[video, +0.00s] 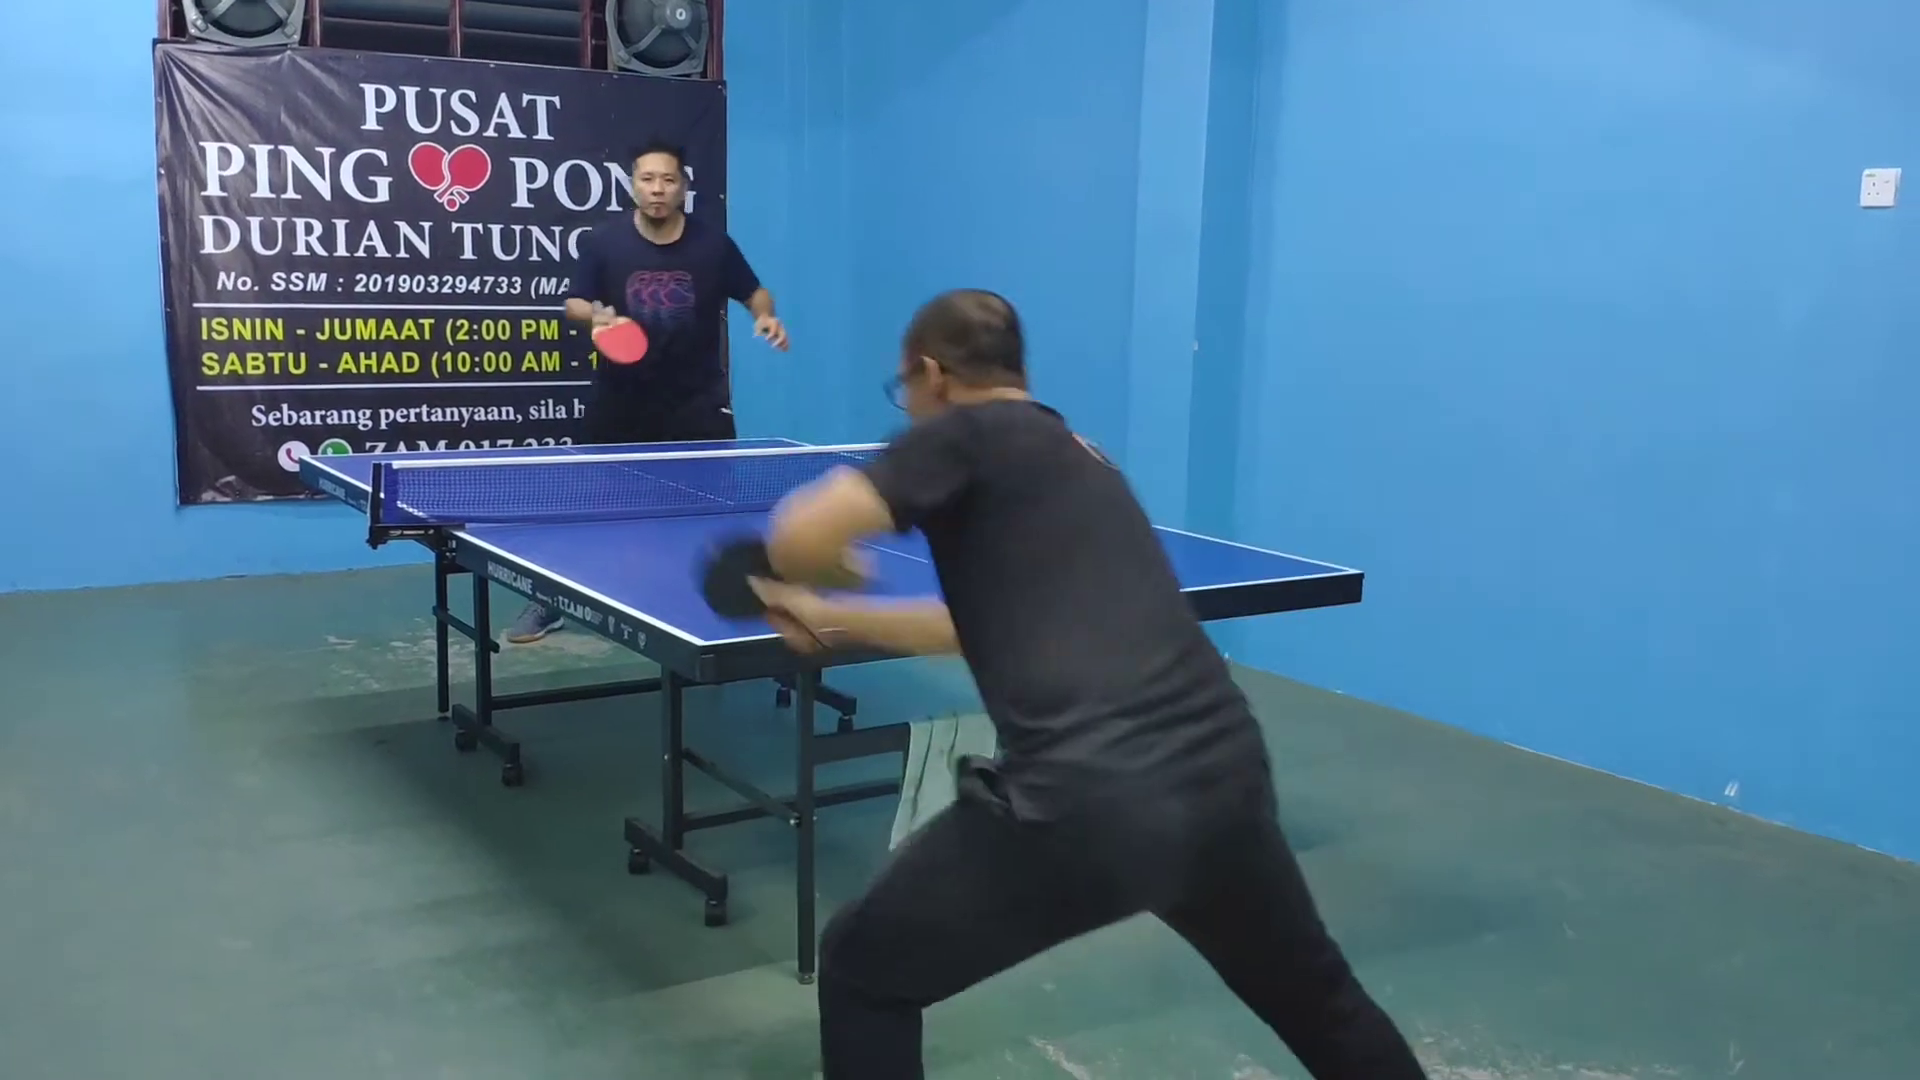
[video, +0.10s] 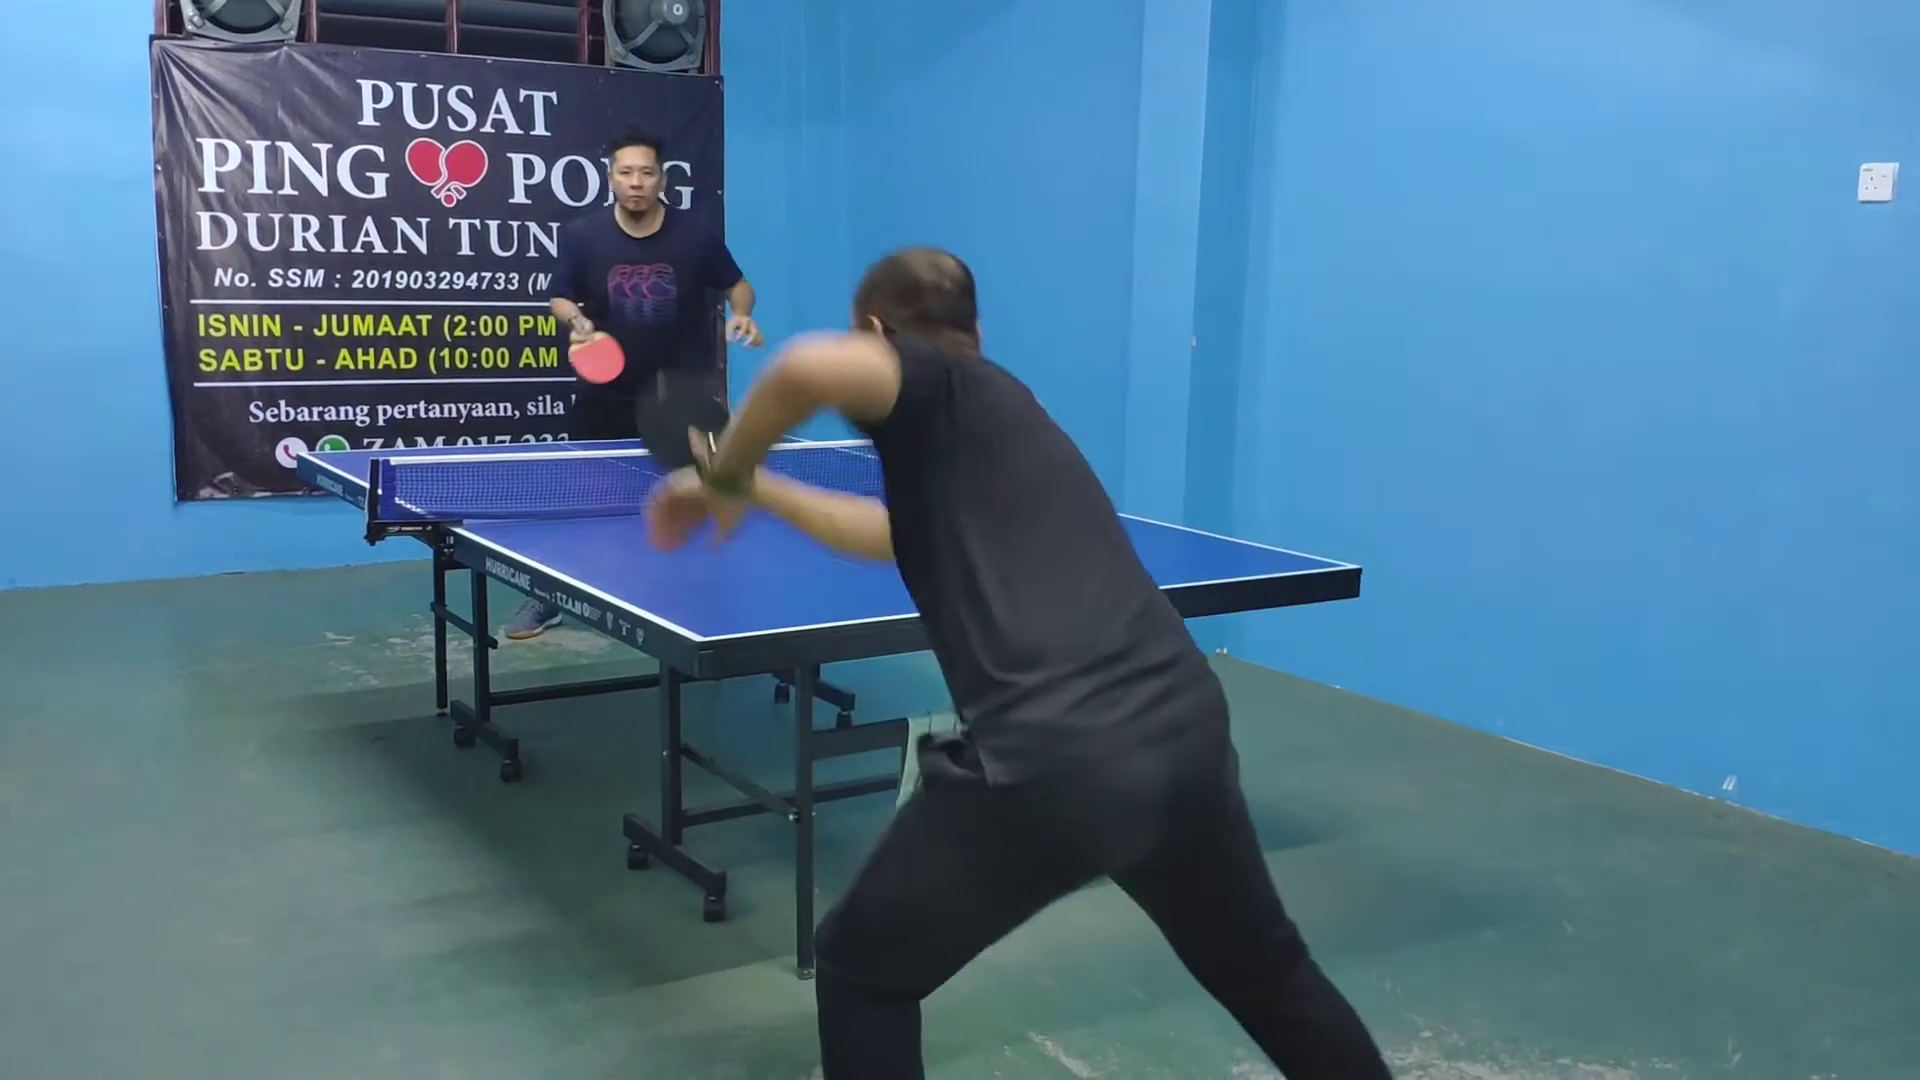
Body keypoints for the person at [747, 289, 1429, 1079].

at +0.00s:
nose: (907, 405)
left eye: (907, 386)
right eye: (906, 387)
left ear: (932, 375)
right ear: (1015, 373)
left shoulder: (960, 439)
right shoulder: (1084, 460)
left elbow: (799, 532)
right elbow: (1010, 622)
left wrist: (831, 576)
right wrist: (846, 628)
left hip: (1084, 808)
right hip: (1218, 789)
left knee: (864, 970)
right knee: (1326, 1005)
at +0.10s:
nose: (855, 348)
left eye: (857, 332)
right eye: (856, 334)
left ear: (876, 331)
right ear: (973, 333)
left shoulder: (924, 380)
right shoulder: (1016, 429)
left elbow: (801, 365)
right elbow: (878, 533)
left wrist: (723, 472)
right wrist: (752, 484)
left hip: (1047, 769)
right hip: (1182, 744)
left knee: (862, 973)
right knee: (1279, 986)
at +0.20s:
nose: (835, 264)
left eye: (843, 250)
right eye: (835, 255)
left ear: (875, 260)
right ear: (951, 265)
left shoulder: (914, 337)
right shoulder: (980, 371)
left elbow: (868, 258)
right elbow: (866, 457)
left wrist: (730, 411)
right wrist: (740, 406)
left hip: (1029, 715)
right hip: (1163, 685)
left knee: (875, 962)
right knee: (1243, 952)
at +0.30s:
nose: (830, 254)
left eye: (831, 237)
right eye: (835, 238)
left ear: (851, 241)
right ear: (957, 237)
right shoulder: (989, 343)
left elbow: (917, 268)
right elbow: (857, 442)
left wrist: (768, 441)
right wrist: (734, 397)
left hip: (1020, 702)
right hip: (1161, 672)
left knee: (853, 937)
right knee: (1241, 941)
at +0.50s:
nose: (882, 318)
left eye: (882, 304)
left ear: (894, 312)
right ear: (1010, 304)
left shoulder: (930, 398)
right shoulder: (1071, 408)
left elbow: (925, 524)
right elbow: (984, 584)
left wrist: (860, 731)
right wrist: (816, 570)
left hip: (1014, 795)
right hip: (1177, 779)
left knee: (838, 975)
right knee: (1307, 958)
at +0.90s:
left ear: (1316, 380)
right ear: (1436, 393)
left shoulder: (1234, 498)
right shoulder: (1486, 516)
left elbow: (1208, 682)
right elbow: (1611, 716)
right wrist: (1756, 827)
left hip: (1246, 860)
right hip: (1433, 868)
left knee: (1058, 1014)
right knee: (1535, 986)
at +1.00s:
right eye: (1545, 355)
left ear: (1422, 355)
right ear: (1546, 364)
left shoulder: (1337, 461)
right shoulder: (1568, 488)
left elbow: (1308, 631)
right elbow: (1683, 669)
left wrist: (1507, 636)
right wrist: (1866, 797)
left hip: (1302, 822)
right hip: (1481, 836)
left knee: (1121, 1009)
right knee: (1583, 974)